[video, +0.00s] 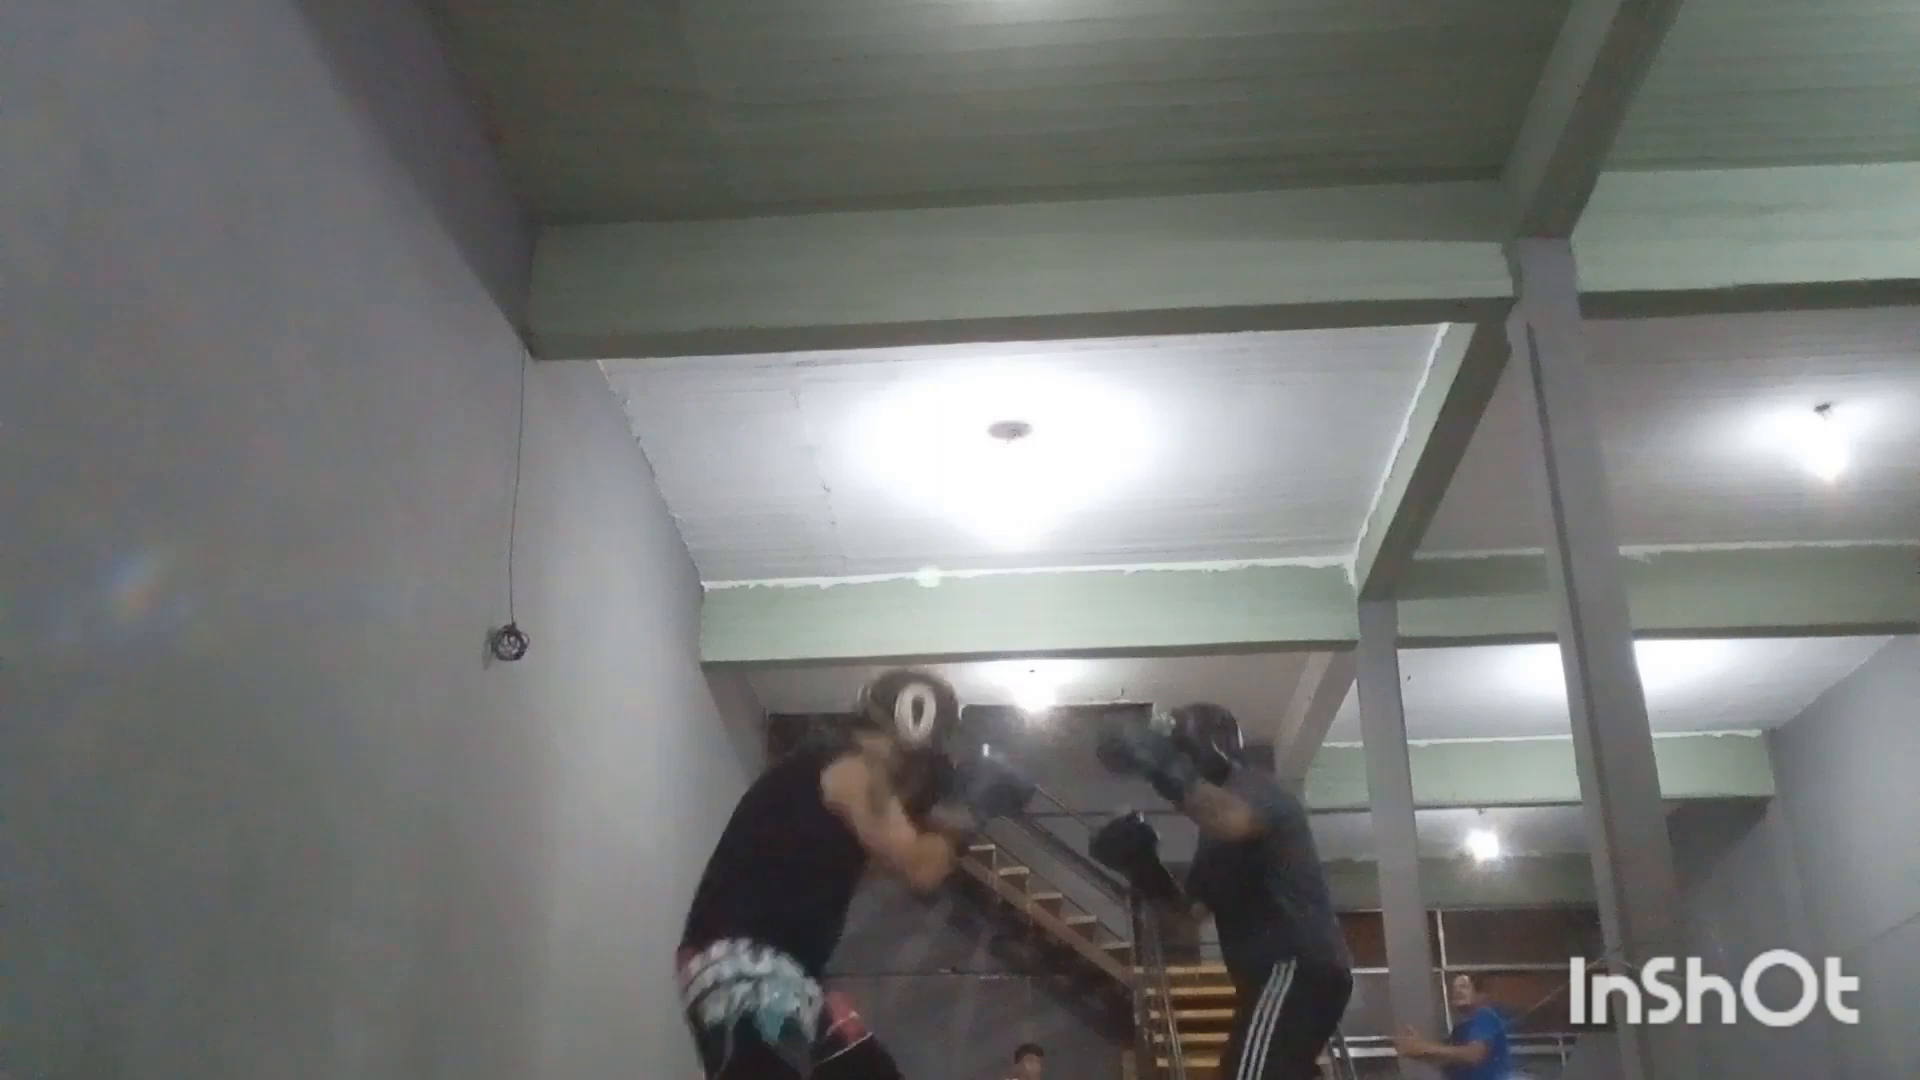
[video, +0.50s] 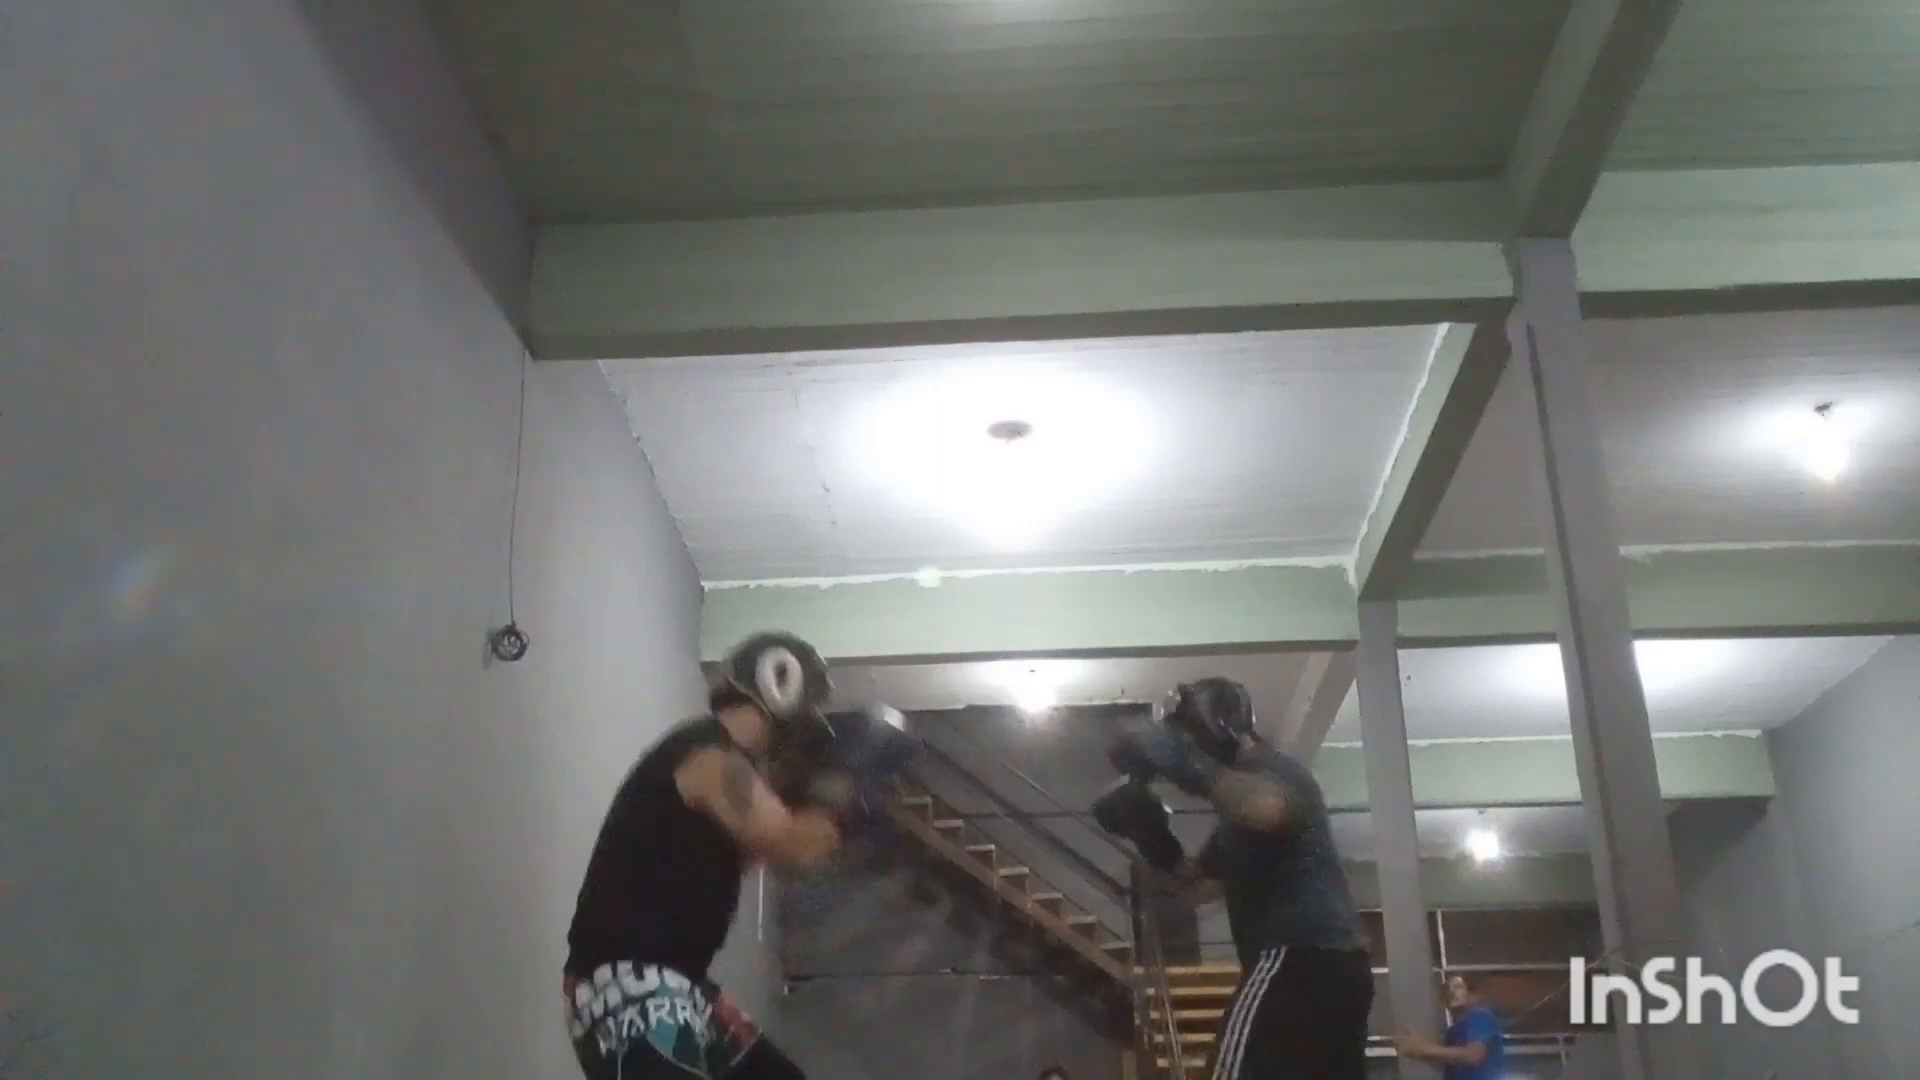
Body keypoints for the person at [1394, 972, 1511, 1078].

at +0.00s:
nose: (1458, 991)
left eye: (1463, 986)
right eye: (1454, 988)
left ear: (1476, 992)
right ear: (1449, 994)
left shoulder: (1485, 1018)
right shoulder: (1460, 1025)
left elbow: (1475, 1054)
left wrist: (1423, 1048)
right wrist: (1419, 1045)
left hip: (1485, 1076)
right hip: (1464, 1076)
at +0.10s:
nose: (1457, 991)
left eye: (1462, 987)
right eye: (1453, 988)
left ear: (1473, 991)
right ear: (1448, 994)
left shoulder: (1484, 1018)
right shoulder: (1459, 1024)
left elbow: (1474, 1054)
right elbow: (1453, 1057)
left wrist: (1423, 1049)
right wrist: (1418, 1046)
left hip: (1487, 1075)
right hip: (1464, 1075)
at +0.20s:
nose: (1456, 992)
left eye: (1461, 988)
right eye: (1452, 989)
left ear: (1473, 992)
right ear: (1447, 995)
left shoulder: (1482, 1017)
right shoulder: (1458, 1024)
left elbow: (1475, 1054)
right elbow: (1452, 1055)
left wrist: (1423, 1049)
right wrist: (1416, 1044)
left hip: (1481, 1075)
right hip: (1460, 1075)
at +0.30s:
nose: (1455, 992)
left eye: (1460, 987)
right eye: (1450, 989)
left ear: (1471, 990)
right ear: (1446, 995)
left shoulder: (1481, 1017)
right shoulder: (1455, 1028)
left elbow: (1475, 1054)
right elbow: (1451, 1056)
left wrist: (1425, 1049)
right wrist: (1416, 1045)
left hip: (1482, 1076)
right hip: (1459, 1076)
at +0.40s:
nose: (1453, 992)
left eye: (1458, 987)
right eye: (1450, 989)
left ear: (1471, 990)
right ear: (1446, 994)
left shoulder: (1480, 1017)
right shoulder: (1457, 1024)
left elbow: (1475, 1054)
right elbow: (1449, 1055)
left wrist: (1424, 1049)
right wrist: (1416, 1046)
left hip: (1480, 1075)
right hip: (1459, 1075)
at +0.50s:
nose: (1452, 992)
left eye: (1458, 987)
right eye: (1448, 988)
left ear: (1470, 991)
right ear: (1444, 994)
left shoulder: (1480, 1017)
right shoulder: (1456, 1025)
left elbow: (1474, 1055)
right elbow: (1449, 1056)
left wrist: (1422, 1049)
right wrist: (1416, 1045)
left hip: (1480, 1075)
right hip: (1458, 1075)